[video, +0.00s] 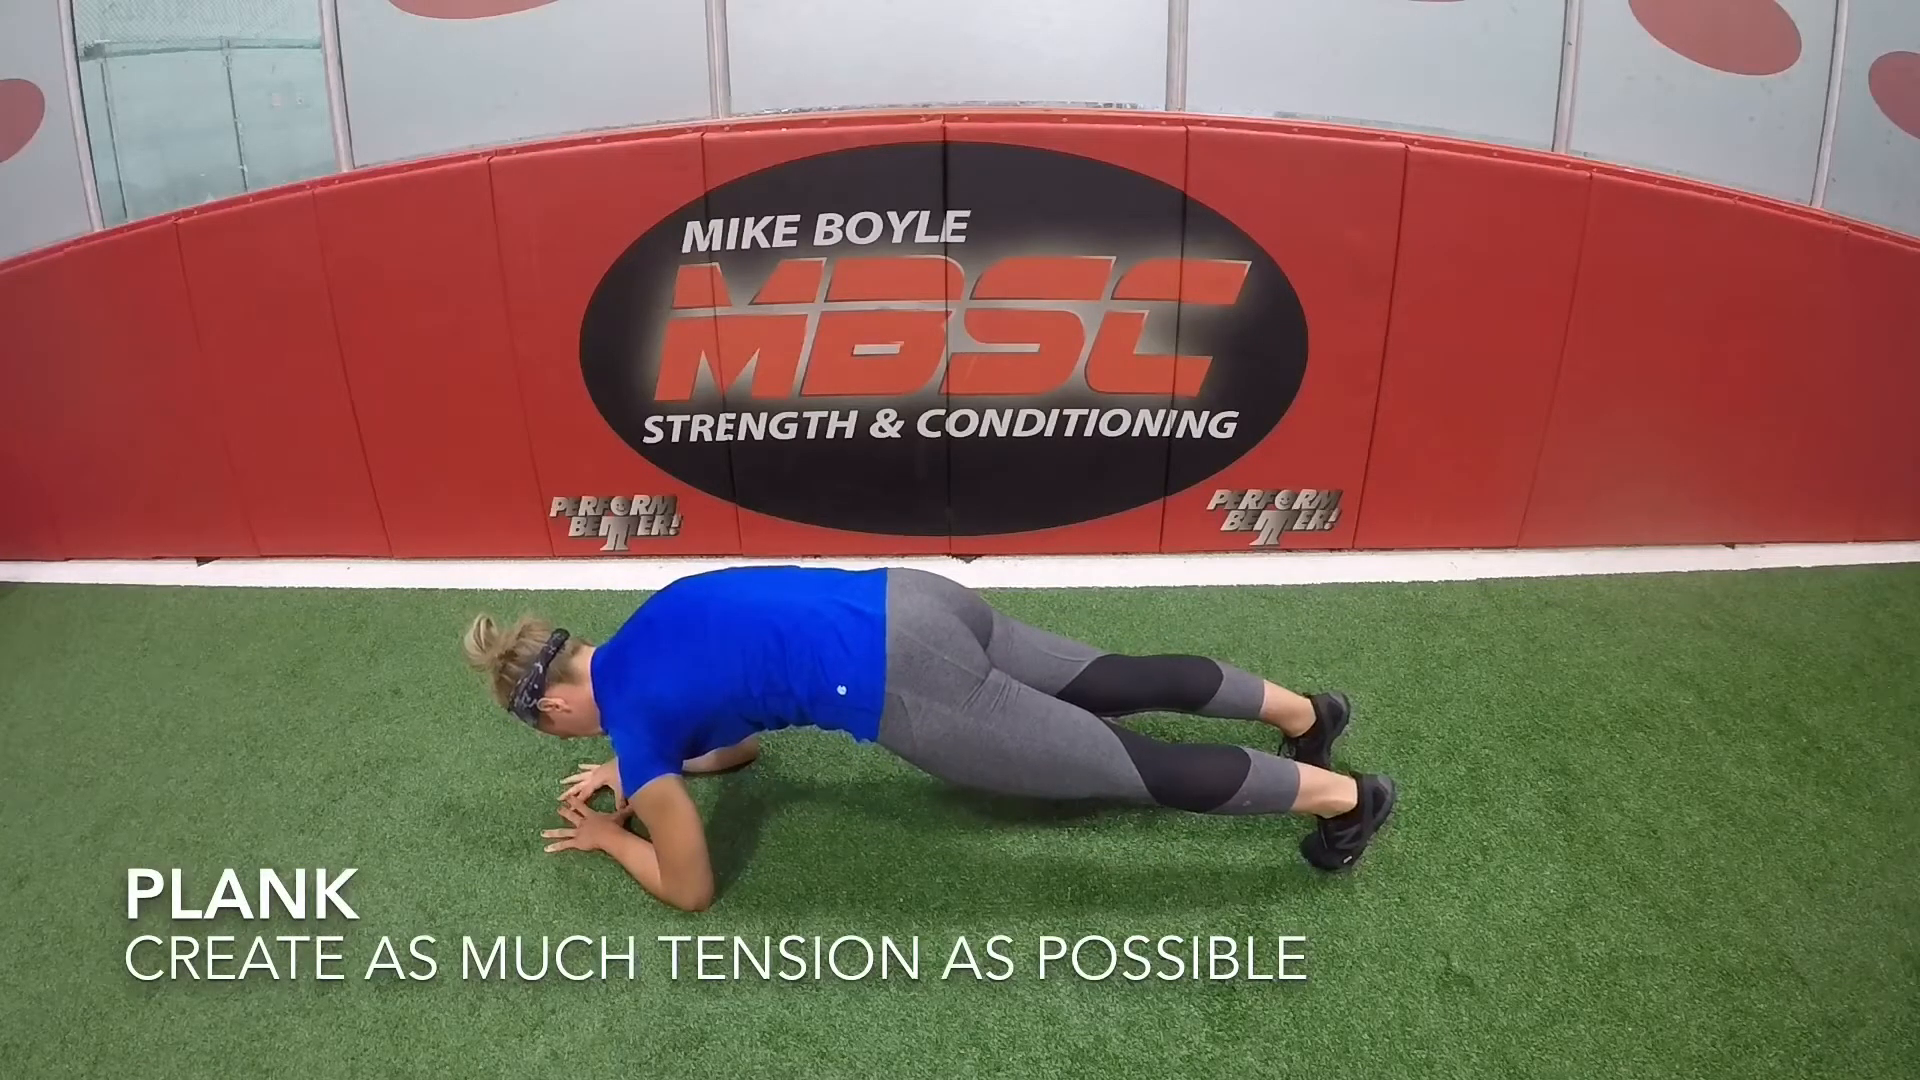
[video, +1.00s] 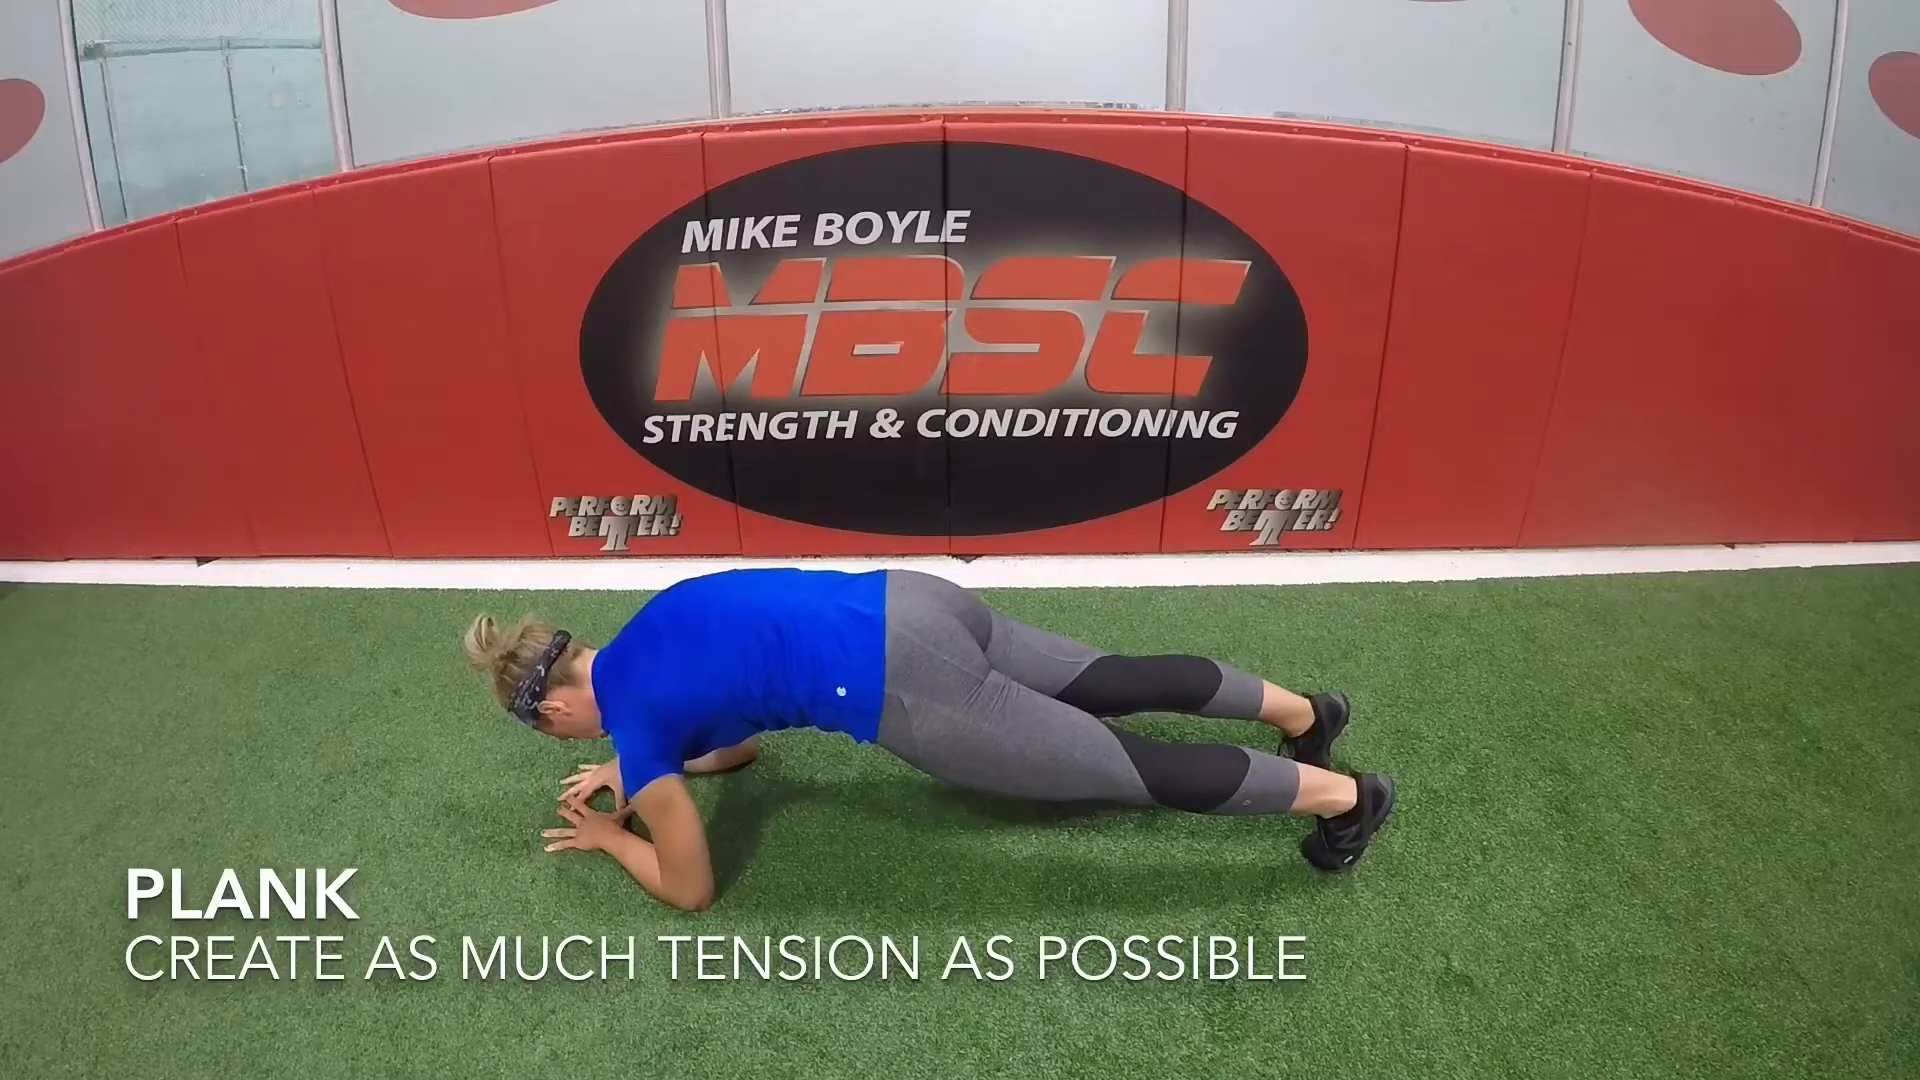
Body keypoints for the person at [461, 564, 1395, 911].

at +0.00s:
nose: (568, 734)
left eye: (553, 728)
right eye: (557, 729)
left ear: (559, 697)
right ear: (573, 646)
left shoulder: (632, 716)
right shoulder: (657, 608)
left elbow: (688, 886)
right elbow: (737, 740)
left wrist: (614, 841)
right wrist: (638, 778)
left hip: (900, 687)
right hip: (915, 591)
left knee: (1135, 767)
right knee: (1111, 678)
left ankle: (1342, 794)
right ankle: (1308, 714)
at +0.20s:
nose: (567, 735)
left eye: (552, 728)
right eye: (556, 729)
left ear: (558, 697)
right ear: (573, 646)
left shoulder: (632, 715)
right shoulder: (657, 608)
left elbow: (688, 886)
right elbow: (736, 740)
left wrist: (614, 841)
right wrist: (638, 778)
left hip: (900, 688)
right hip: (915, 591)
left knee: (1135, 768)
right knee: (1111, 678)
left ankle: (1342, 795)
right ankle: (1308, 714)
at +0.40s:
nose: (567, 735)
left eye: (552, 729)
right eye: (556, 729)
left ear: (558, 697)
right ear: (572, 647)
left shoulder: (632, 716)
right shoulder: (657, 609)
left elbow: (688, 885)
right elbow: (736, 741)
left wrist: (614, 841)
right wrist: (637, 778)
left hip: (901, 688)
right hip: (915, 591)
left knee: (1134, 767)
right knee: (1112, 678)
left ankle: (1342, 795)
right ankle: (1307, 714)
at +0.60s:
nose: (566, 736)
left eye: (551, 729)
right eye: (555, 730)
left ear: (557, 697)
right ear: (573, 647)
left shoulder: (631, 717)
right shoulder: (656, 611)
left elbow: (688, 886)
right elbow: (736, 741)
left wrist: (614, 841)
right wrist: (636, 776)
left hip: (901, 688)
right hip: (914, 591)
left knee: (1134, 767)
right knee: (1109, 677)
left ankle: (1342, 794)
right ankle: (1307, 715)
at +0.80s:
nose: (566, 737)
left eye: (551, 730)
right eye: (555, 731)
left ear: (558, 697)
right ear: (573, 648)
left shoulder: (631, 717)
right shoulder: (656, 612)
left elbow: (688, 886)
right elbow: (736, 741)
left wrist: (614, 841)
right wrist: (636, 777)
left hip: (901, 688)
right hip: (914, 592)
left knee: (1133, 767)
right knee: (1110, 678)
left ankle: (1341, 794)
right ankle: (1307, 715)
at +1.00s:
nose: (568, 735)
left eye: (553, 729)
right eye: (557, 729)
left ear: (558, 699)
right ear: (574, 647)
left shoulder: (633, 717)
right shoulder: (656, 613)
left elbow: (688, 885)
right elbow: (737, 743)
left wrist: (613, 840)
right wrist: (638, 778)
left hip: (901, 689)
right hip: (915, 593)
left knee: (1133, 769)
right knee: (1106, 678)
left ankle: (1341, 794)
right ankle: (1307, 715)